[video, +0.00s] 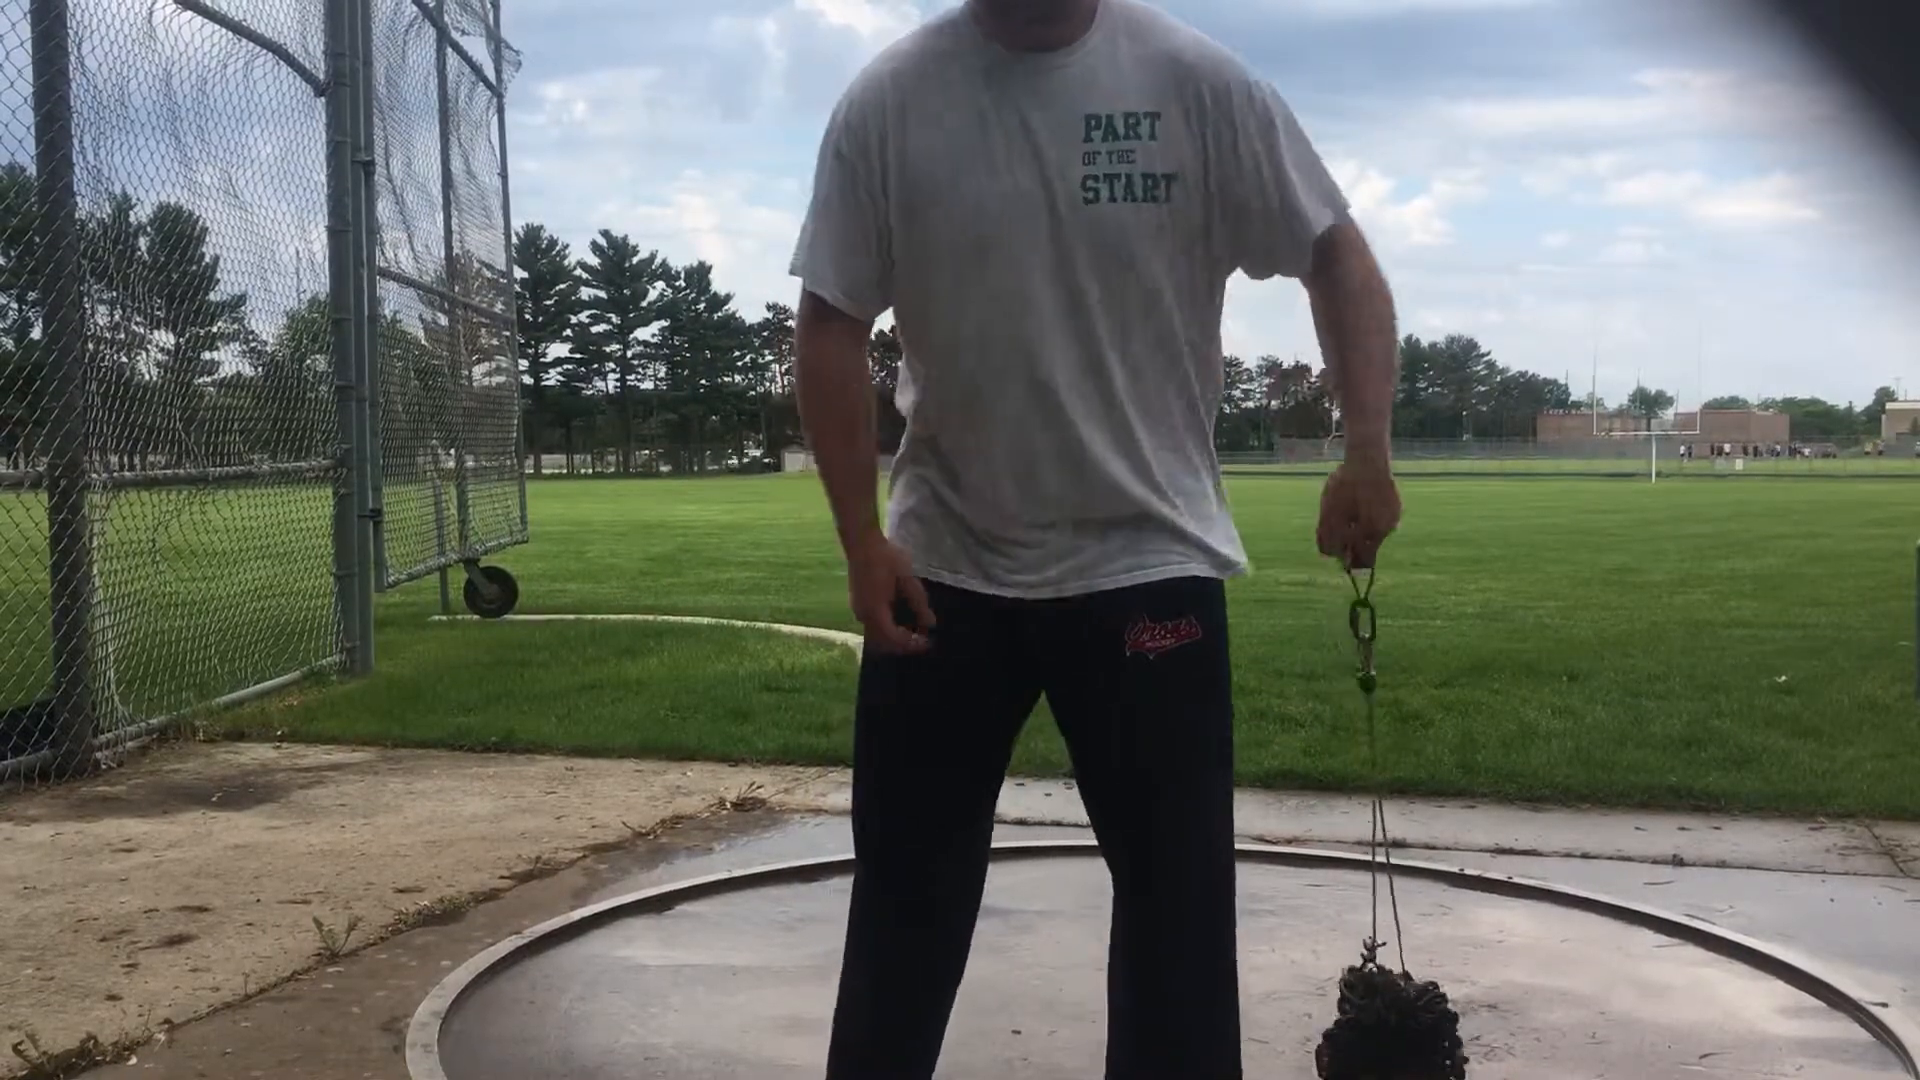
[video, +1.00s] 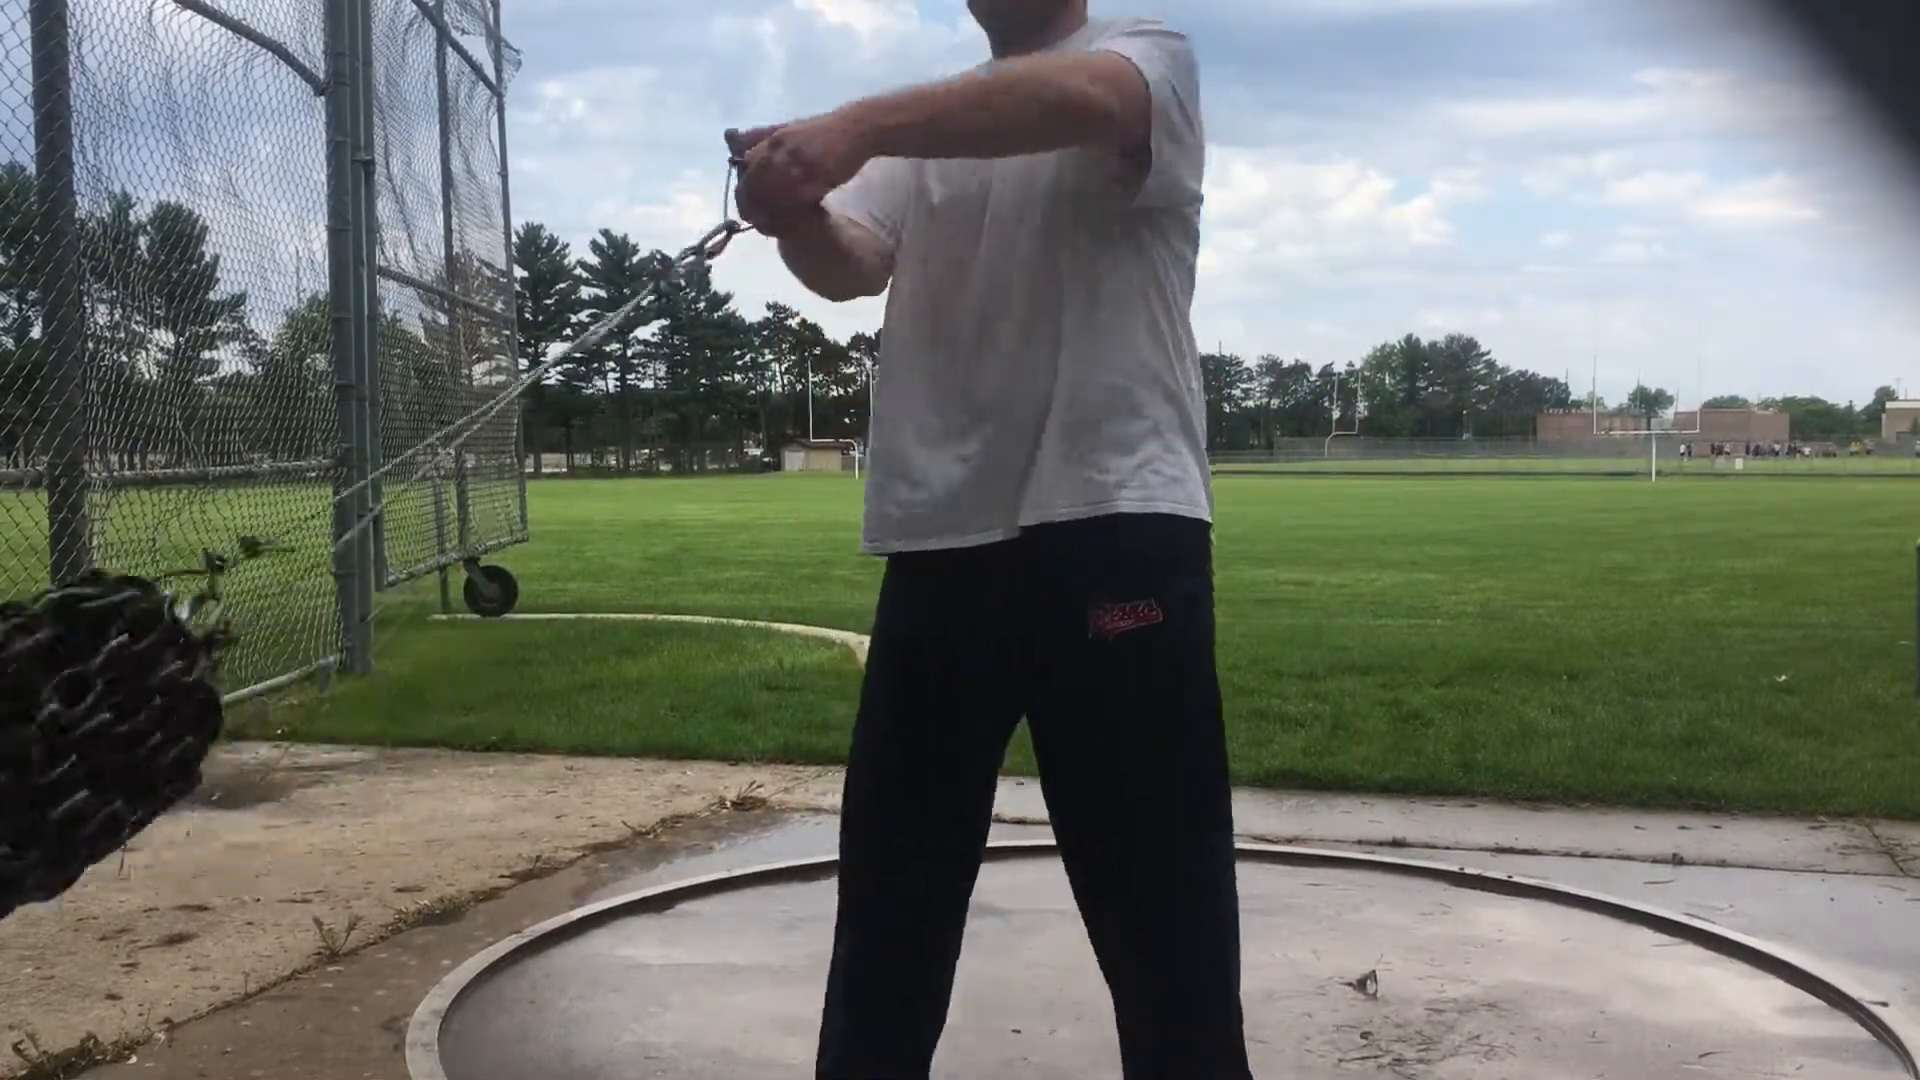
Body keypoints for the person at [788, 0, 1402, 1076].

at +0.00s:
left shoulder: (1201, 86)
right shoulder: (886, 105)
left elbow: (1337, 256)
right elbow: (828, 324)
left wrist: (1367, 449)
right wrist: (861, 538)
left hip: (1148, 565)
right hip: (943, 566)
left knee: (1179, 916)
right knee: (902, 918)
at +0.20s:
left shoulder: (1144, 35)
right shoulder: (856, 117)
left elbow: (1335, 144)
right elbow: (832, 337)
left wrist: (1247, 240)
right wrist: (960, 421)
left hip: (1144, 564)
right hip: (942, 573)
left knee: (1181, 931)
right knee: (901, 930)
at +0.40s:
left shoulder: (1089, 28)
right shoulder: (834, 120)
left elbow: (1269, 79)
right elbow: (826, 327)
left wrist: (1106, 102)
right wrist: (951, 251)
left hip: (1112, 521)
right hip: (923, 548)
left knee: (1141, 911)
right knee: (891, 921)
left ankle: (1163, 1069)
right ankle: (873, 1074)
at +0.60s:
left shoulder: (1062, 32)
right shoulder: (830, 120)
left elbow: (1181, 128)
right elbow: (812, 311)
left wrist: (995, 116)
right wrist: (897, 208)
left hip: (1086, 515)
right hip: (902, 543)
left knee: (1132, 912)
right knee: (873, 898)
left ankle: (1162, 1073)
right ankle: (864, 1068)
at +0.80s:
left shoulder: (1082, 37)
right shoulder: (854, 106)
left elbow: (1120, 131)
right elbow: (805, 288)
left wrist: (911, 118)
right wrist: (829, 202)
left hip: (1085, 514)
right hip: (901, 535)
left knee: (1136, 899)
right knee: (873, 901)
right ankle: (858, 1074)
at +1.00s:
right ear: (977, 4)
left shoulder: (1148, 56)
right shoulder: (928, 133)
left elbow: (1090, 99)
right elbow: (855, 265)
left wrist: (861, 127)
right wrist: (797, 221)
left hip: (1114, 528)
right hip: (938, 544)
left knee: (1162, 918)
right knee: (890, 910)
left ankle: (1189, 1067)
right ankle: (864, 1070)